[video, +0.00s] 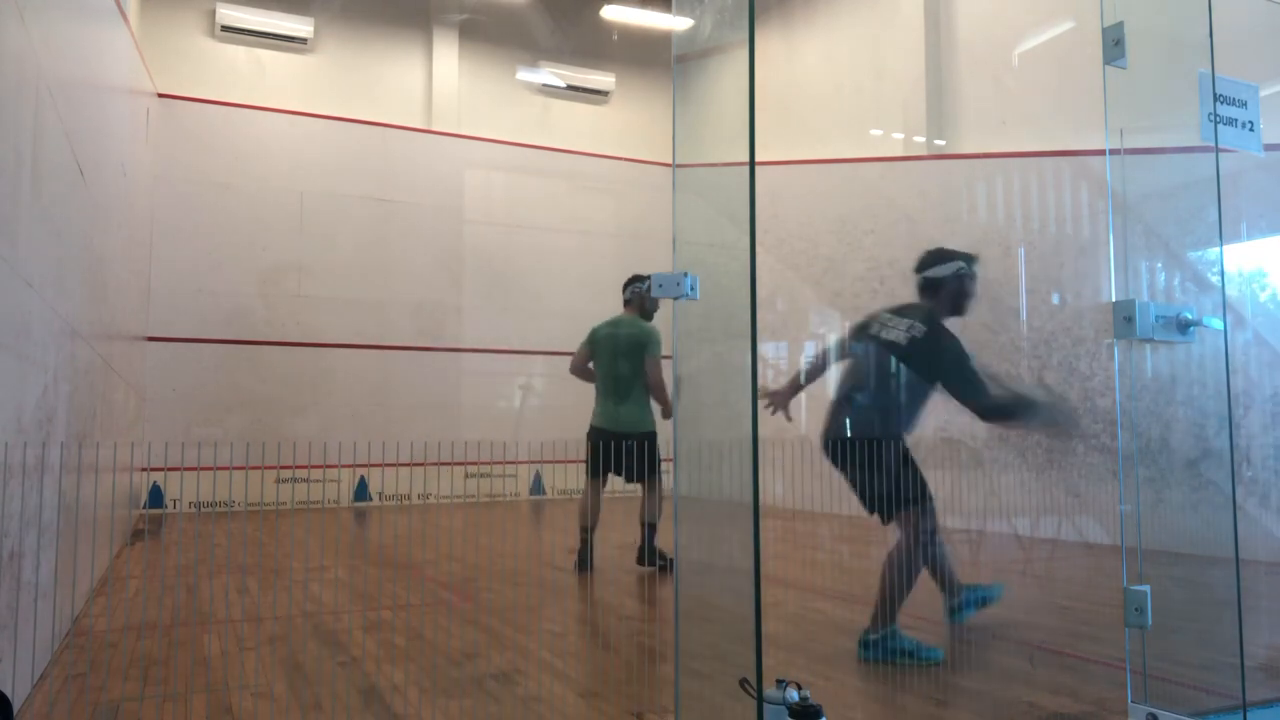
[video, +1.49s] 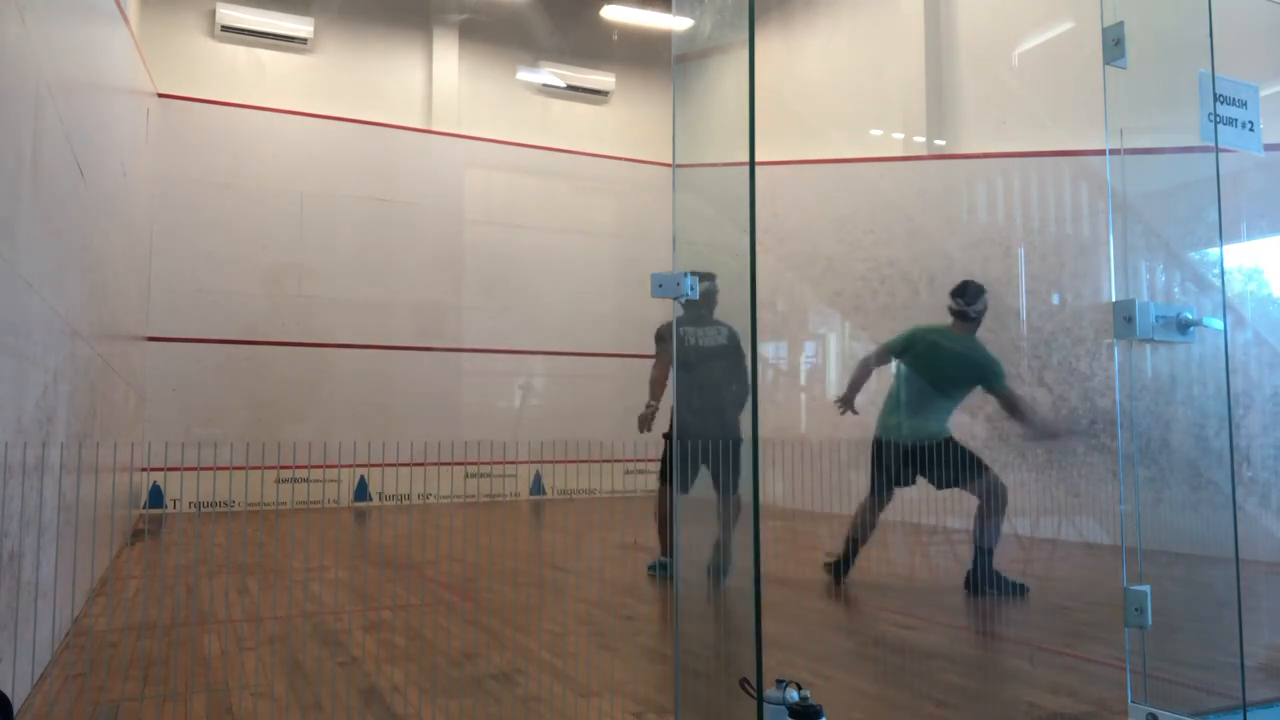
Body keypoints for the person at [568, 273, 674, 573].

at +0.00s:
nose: (658, 305)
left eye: (657, 299)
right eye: (654, 298)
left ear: (628, 299)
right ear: (640, 299)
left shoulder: (600, 329)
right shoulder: (648, 333)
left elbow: (577, 367)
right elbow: (653, 379)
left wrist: (603, 379)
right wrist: (665, 403)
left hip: (602, 426)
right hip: (637, 429)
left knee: (593, 486)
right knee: (652, 486)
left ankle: (584, 551)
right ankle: (647, 547)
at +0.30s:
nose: (667, 293)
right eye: (667, 287)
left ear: (640, 286)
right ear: (666, 289)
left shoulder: (618, 318)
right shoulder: (668, 322)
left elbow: (587, 348)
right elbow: (670, 373)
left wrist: (605, 383)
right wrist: (695, 376)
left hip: (625, 416)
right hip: (662, 416)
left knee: (606, 478)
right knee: (684, 474)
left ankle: (596, 544)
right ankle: (688, 543)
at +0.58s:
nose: (706, 325)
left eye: (708, 320)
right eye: (708, 320)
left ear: (708, 320)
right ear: (732, 321)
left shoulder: (689, 352)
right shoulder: (741, 352)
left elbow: (667, 384)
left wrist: (657, 391)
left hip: (681, 439)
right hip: (726, 440)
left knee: (642, 493)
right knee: (761, 488)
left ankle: (599, 550)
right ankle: (764, 549)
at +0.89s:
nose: (730, 279)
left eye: (724, 272)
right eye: (736, 272)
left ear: (712, 274)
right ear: (744, 272)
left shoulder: (693, 313)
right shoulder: (764, 314)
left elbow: (678, 373)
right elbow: (783, 370)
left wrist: (689, 393)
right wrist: (803, 416)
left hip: (704, 425)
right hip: (747, 424)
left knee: (706, 506)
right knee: (739, 503)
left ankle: (712, 587)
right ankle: (725, 572)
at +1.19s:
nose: (736, 284)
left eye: (730, 279)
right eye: (736, 279)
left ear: (704, 279)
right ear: (736, 280)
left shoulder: (683, 315)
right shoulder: (749, 321)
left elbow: (666, 369)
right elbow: (763, 379)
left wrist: (663, 412)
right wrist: (770, 426)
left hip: (692, 423)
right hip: (734, 423)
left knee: (667, 487)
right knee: (726, 499)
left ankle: (688, 542)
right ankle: (718, 571)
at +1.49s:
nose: (712, 300)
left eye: (709, 293)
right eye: (711, 294)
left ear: (683, 298)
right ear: (713, 298)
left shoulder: (670, 330)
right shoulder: (728, 333)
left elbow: (661, 371)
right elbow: (744, 385)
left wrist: (651, 408)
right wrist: (729, 413)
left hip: (685, 428)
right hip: (724, 428)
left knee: (667, 491)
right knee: (730, 495)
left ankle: (666, 557)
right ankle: (722, 550)